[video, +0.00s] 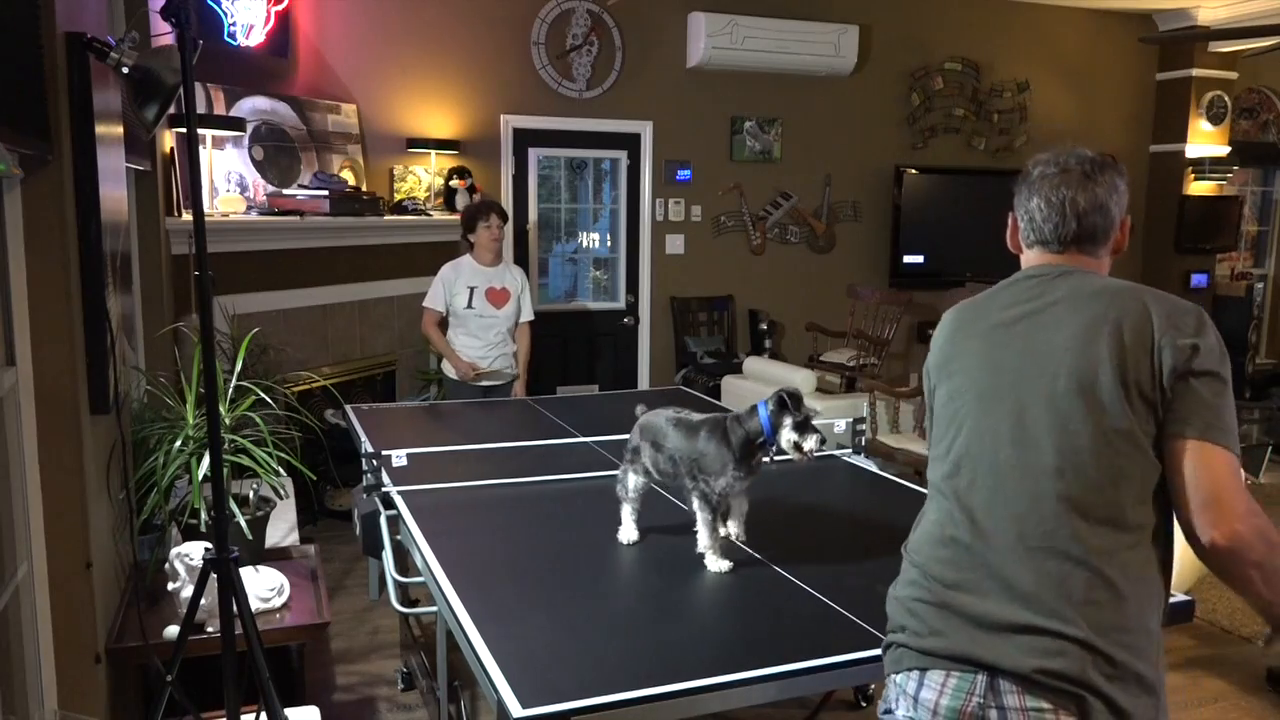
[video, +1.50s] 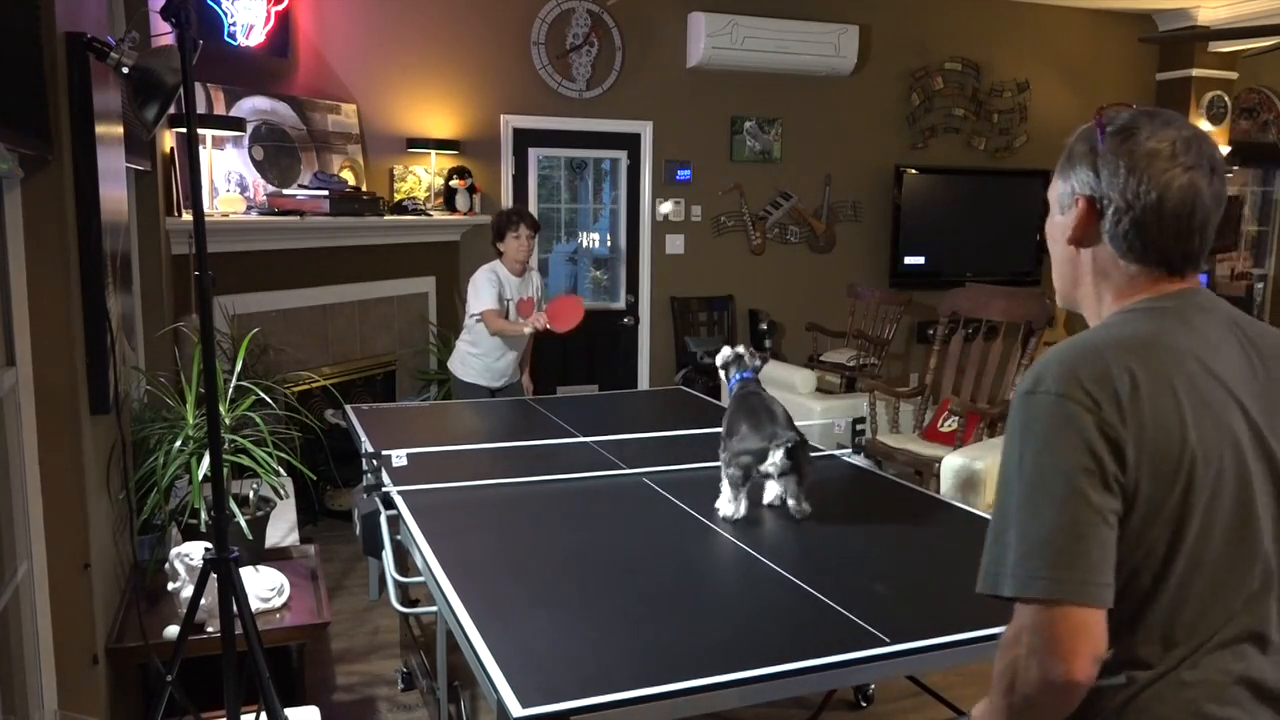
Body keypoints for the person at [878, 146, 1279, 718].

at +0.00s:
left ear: (1013, 233)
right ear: (1121, 236)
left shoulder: (953, 326)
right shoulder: (1173, 326)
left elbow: (944, 467)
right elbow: (1221, 527)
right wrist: (1277, 614)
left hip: (923, 681)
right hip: (1074, 692)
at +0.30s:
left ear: (1042, 265)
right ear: (1148, 274)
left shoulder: (966, 343)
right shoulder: (1195, 374)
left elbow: (848, 482)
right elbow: (1223, 587)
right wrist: (1268, 648)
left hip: (929, 688)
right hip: (1091, 696)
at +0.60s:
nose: (1054, 255)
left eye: (1056, 241)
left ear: (1065, 243)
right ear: (1173, 263)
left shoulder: (998, 339)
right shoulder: (1217, 365)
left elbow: (906, 494)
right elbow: (1198, 518)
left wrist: (862, 603)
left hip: (1025, 686)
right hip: (1202, 690)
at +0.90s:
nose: (1103, 231)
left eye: (1108, 212)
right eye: (1104, 211)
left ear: (1142, 216)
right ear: (1238, 229)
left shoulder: (1121, 345)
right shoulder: (1271, 330)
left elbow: (1110, 565)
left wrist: (981, 643)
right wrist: (1077, 439)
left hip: (1162, 696)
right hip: (1266, 685)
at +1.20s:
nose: (1107, 232)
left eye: (1114, 212)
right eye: (1108, 213)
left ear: (1156, 219)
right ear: (1249, 224)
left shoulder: (1150, 370)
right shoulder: (1266, 332)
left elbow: (1148, 628)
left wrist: (1047, 673)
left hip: (1196, 701)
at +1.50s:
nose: (1046, 231)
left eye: (1052, 207)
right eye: (1048, 208)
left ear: (1085, 218)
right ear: (1201, 225)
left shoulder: (1078, 380)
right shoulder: (1268, 348)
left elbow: (1061, 658)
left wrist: (997, 708)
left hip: (1146, 699)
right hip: (1265, 690)